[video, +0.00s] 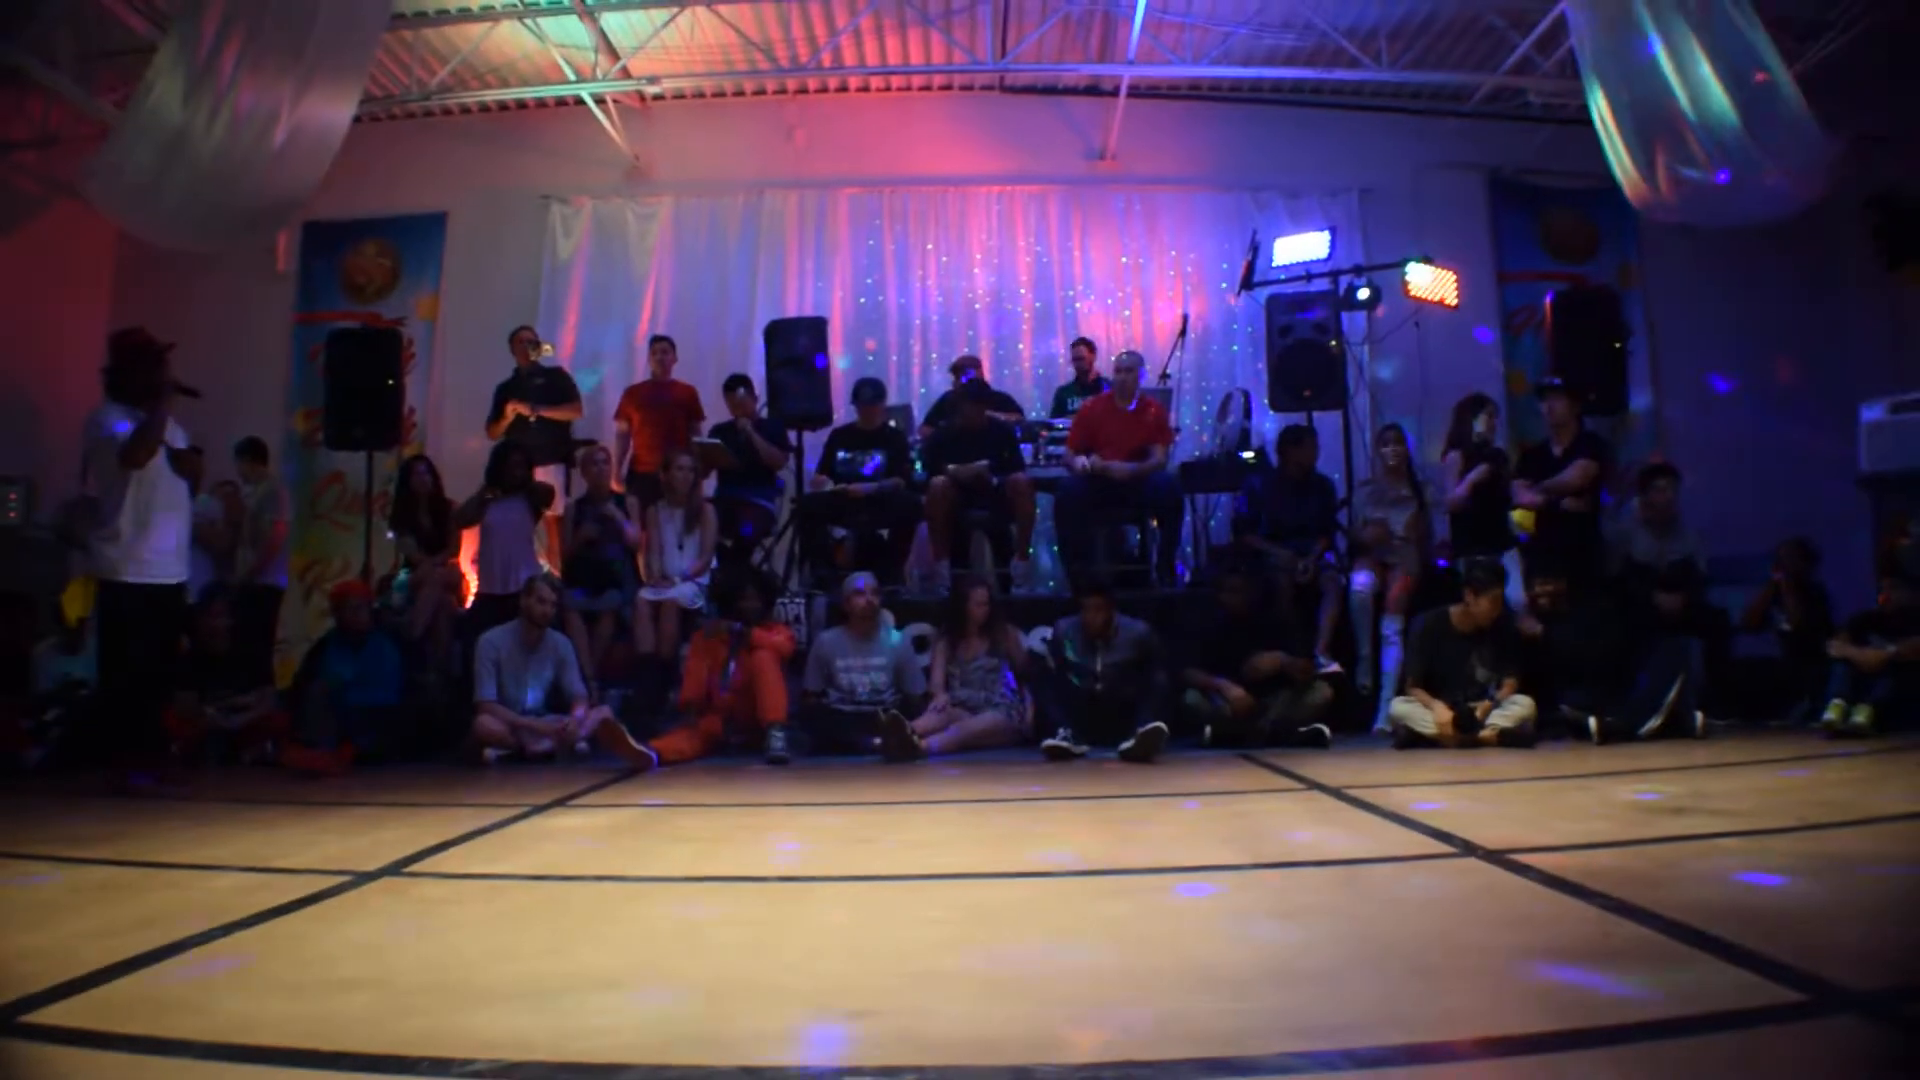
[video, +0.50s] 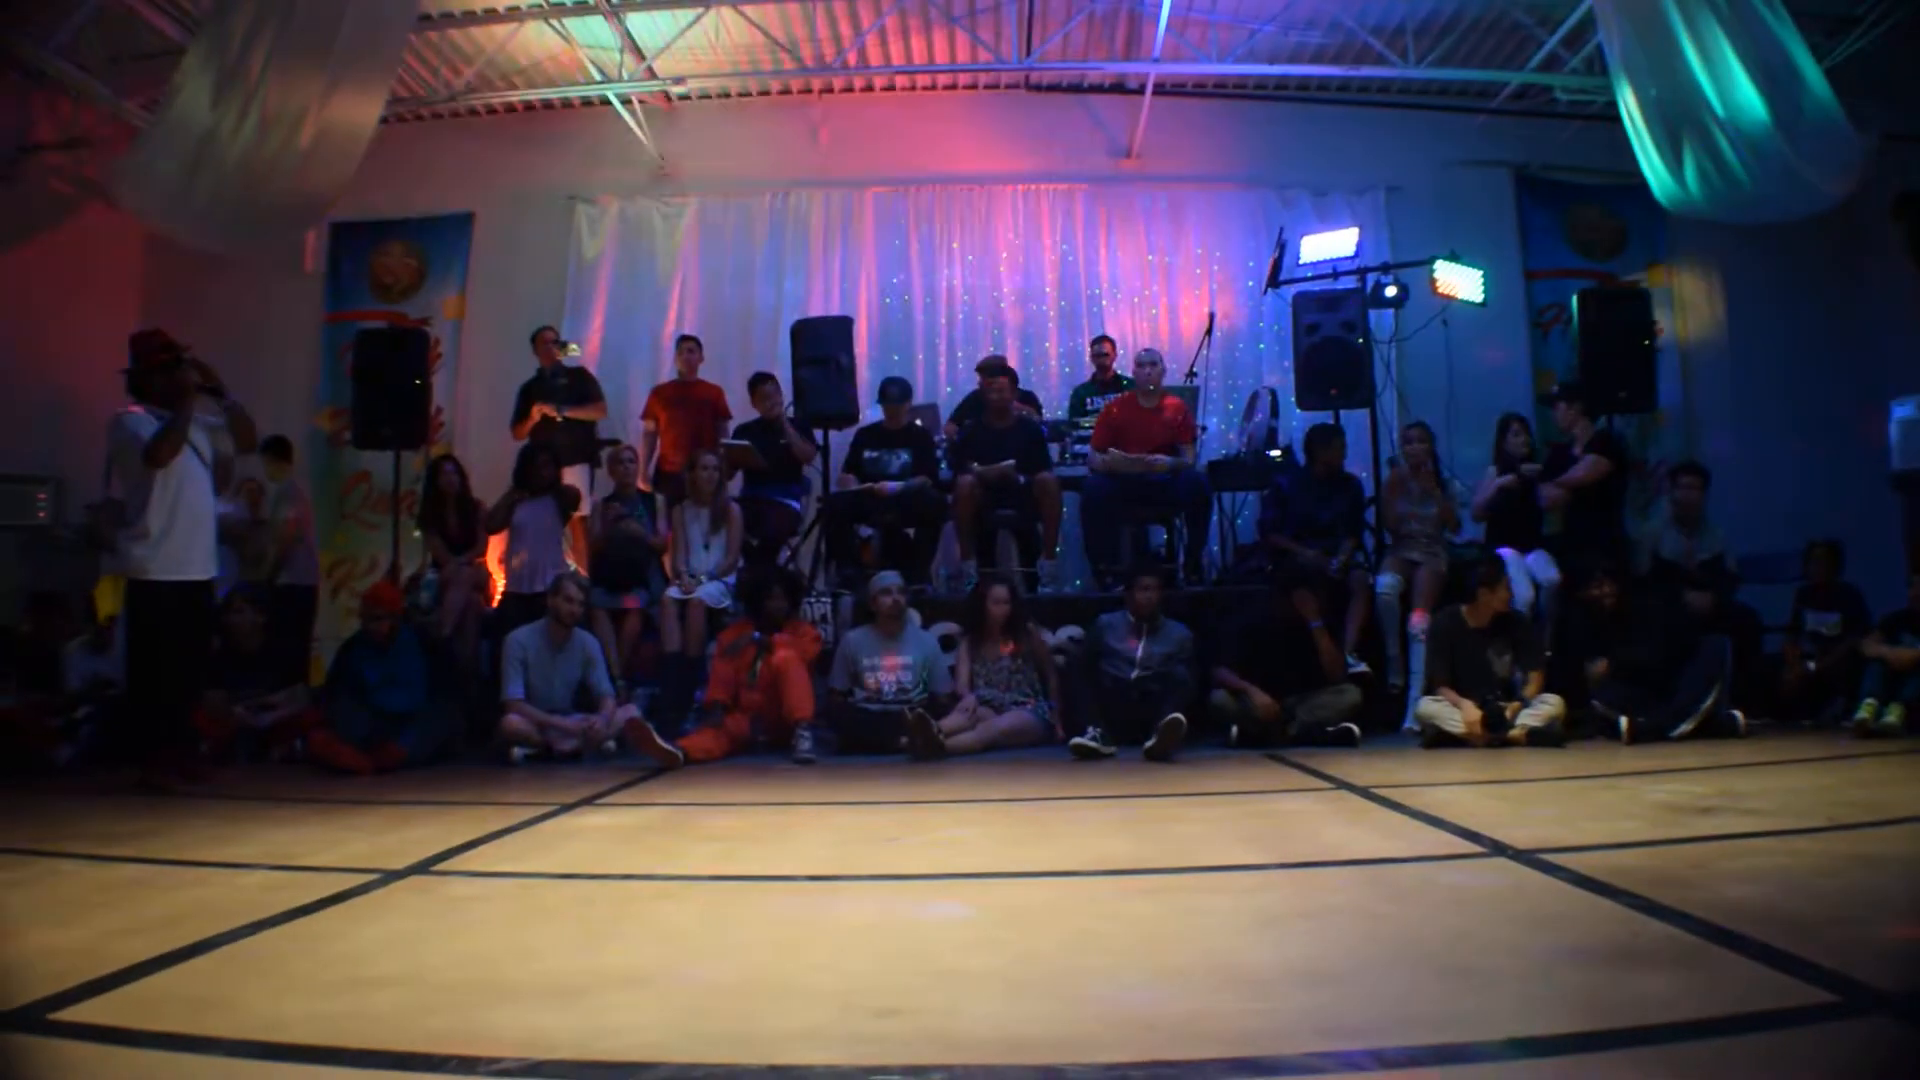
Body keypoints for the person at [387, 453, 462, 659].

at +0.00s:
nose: (423, 479)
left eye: (427, 474)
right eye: (417, 475)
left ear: (434, 478)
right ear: (407, 480)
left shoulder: (447, 508)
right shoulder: (402, 511)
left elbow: (453, 549)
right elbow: (408, 552)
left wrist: (428, 564)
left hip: (448, 570)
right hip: (415, 574)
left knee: (433, 579)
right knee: (445, 601)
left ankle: (412, 637)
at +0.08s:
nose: (428, 481)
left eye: (432, 475)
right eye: (422, 476)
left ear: (439, 478)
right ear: (412, 482)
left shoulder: (452, 509)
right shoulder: (407, 513)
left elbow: (457, 550)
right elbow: (415, 553)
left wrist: (432, 566)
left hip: (451, 572)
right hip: (421, 575)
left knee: (439, 579)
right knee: (450, 603)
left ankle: (419, 636)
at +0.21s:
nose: (451, 481)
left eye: (455, 475)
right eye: (445, 477)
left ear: (462, 479)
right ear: (436, 482)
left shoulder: (474, 508)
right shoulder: (431, 512)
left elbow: (481, 549)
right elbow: (438, 553)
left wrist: (457, 564)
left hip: (474, 574)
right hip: (444, 576)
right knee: (473, 602)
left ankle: (444, 637)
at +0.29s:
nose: (450, 481)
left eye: (454, 475)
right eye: (444, 476)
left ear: (461, 479)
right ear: (434, 482)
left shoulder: (474, 509)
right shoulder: (429, 512)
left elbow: (480, 548)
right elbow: (435, 550)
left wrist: (457, 563)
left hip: (473, 569)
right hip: (443, 572)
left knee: (462, 578)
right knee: (471, 600)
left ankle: (443, 635)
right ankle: (467, 654)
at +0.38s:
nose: (445, 480)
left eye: (449, 474)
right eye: (439, 475)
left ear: (457, 478)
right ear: (430, 481)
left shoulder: (469, 507)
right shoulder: (425, 510)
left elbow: (476, 547)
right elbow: (430, 550)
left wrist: (453, 562)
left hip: (469, 569)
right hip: (439, 571)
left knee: (457, 575)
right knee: (467, 600)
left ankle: (439, 633)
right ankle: (462, 661)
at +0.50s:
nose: (450, 480)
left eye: (454, 474)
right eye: (444, 475)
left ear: (461, 477)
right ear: (435, 480)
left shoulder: (474, 507)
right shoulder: (430, 510)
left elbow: (481, 547)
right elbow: (435, 548)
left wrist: (457, 563)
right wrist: (460, 566)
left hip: (474, 569)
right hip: (444, 571)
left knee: (461, 575)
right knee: (472, 600)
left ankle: (444, 633)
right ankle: (466, 663)